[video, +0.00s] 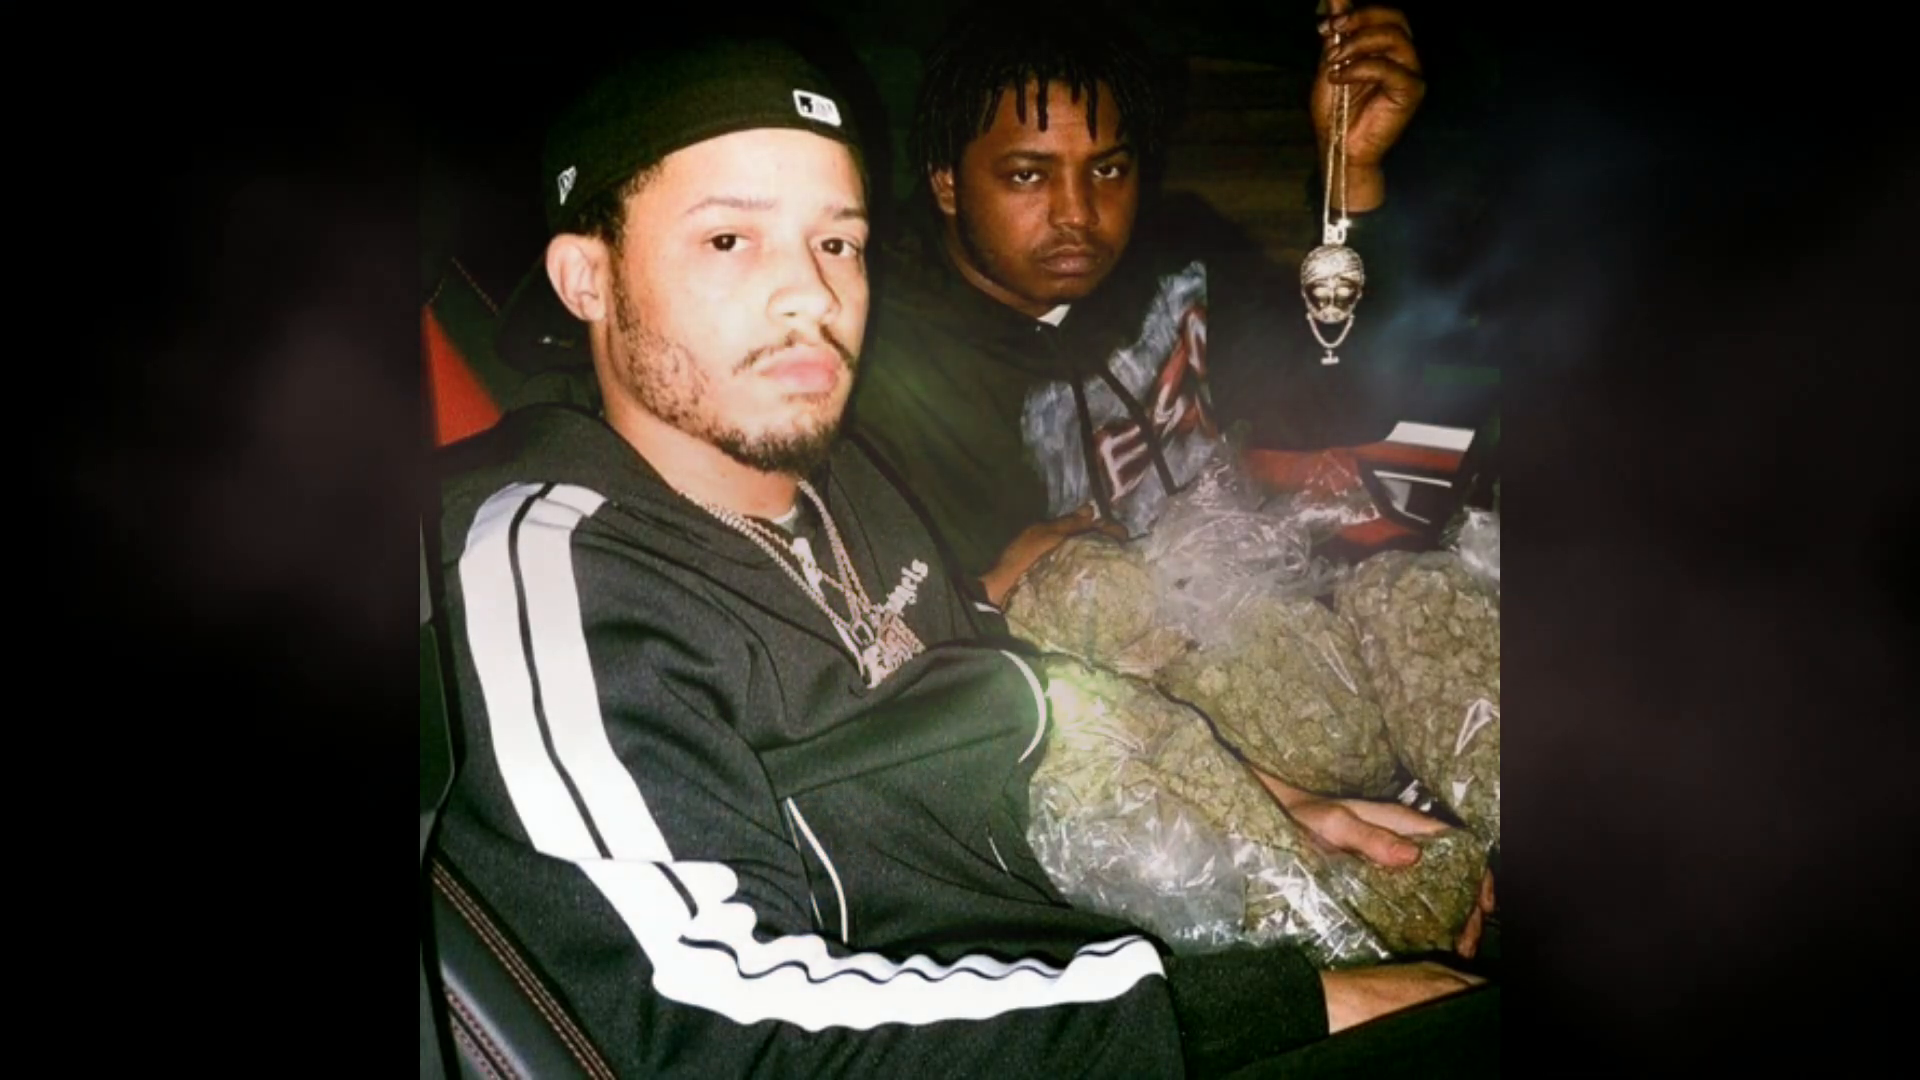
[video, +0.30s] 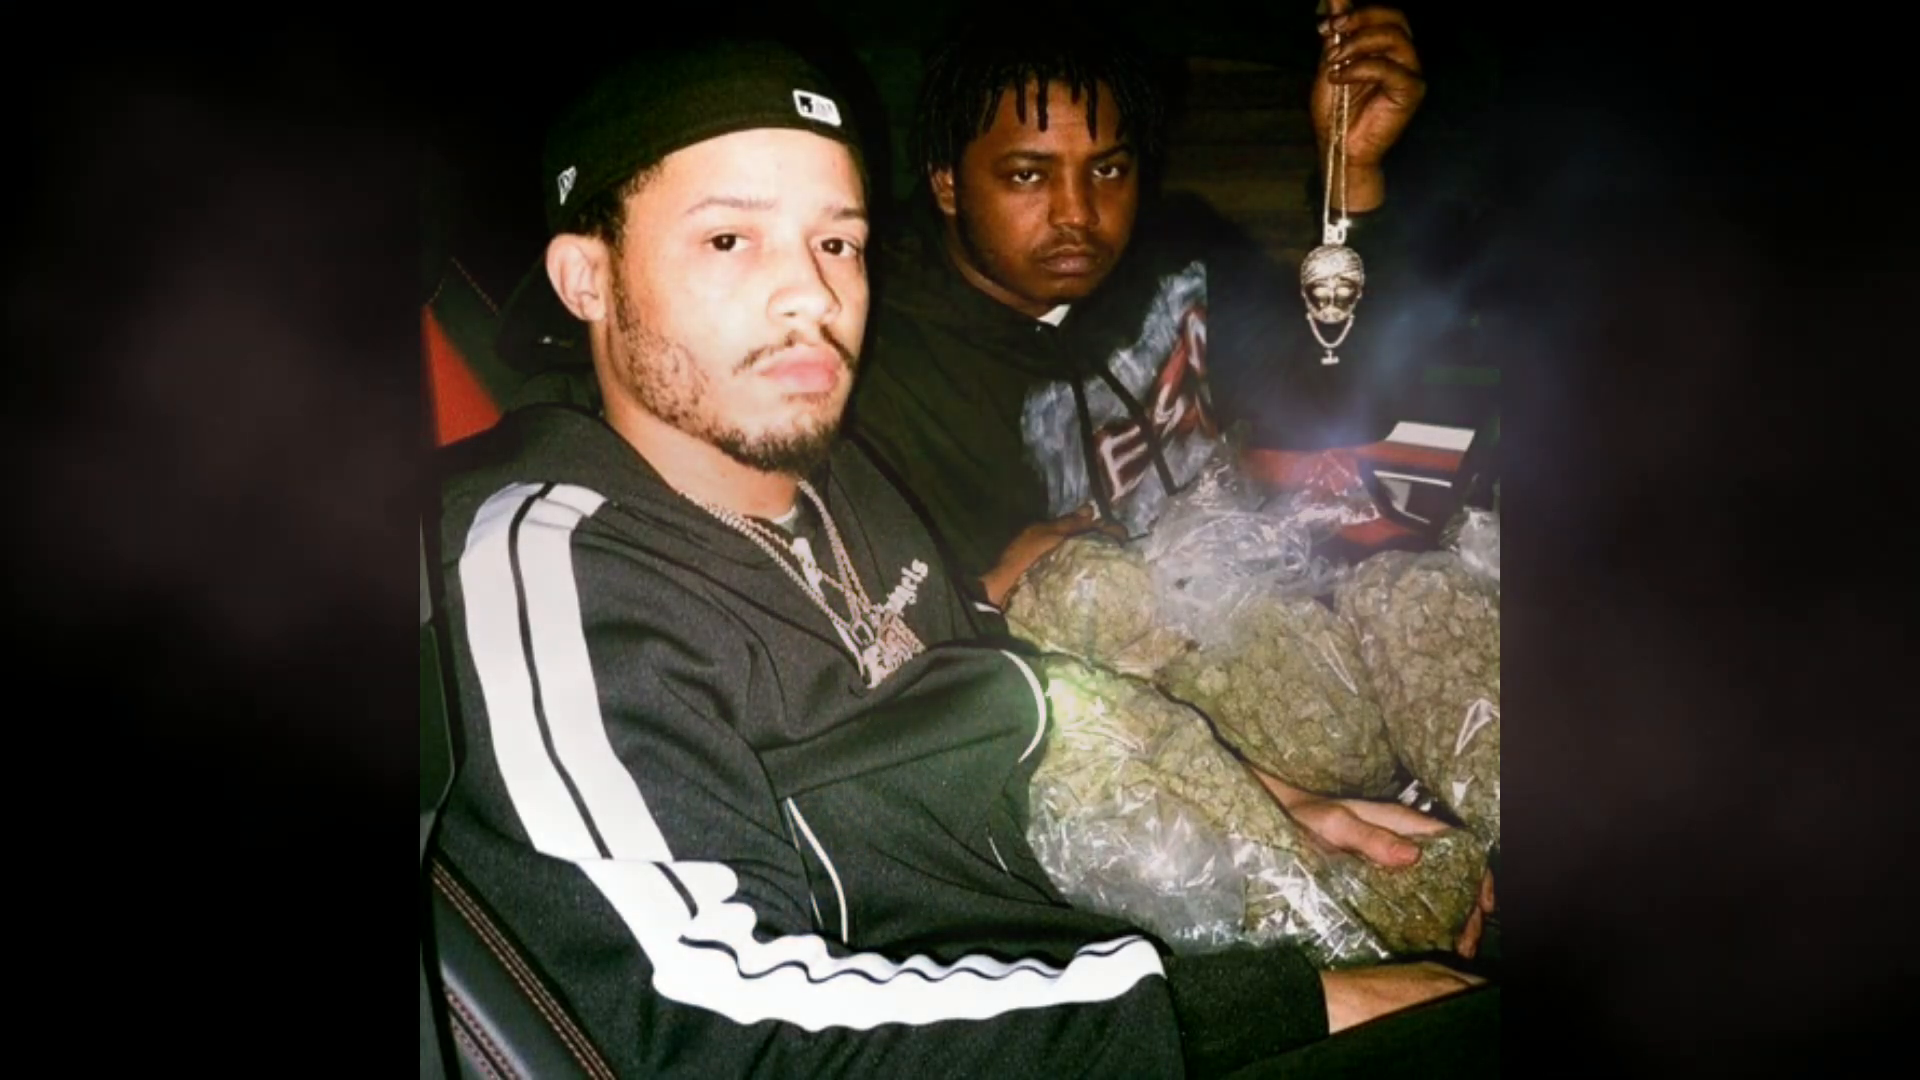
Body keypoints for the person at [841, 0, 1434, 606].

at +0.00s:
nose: (1077, 216)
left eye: (1108, 171)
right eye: (1029, 175)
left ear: (1141, 173)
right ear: (946, 187)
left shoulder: (1180, 252)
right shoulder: (901, 367)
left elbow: (1347, 412)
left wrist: (1352, 175)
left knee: (1423, 599)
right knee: (1074, 580)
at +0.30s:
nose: (1077, 216)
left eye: (1107, 171)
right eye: (1029, 176)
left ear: (1141, 172)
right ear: (946, 187)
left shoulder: (1179, 251)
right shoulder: (895, 373)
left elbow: (1336, 411)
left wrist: (1352, 172)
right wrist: (995, 588)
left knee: (1426, 597)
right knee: (1076, 582)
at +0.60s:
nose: (1077, 217)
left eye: (1108, 171)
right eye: (1029, 175)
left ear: (1140, 173)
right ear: (946, 187)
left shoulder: (1179, 254)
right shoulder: (898, 376)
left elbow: (1335, 410)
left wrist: (1353, 173)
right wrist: (995, 590)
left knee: (1427, 599)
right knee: (1075, 580)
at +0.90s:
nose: (1077, 217)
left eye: (1107, 171)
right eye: (1028, 176)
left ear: (1140, 173)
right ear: (946, 187)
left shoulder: (1179, 254)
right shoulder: (898, 368)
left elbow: (1343, 407)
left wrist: (1352, 171)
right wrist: (996, 587)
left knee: (1422, 597)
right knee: (1075, 579)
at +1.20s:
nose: (1077, 216)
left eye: (1107, 171)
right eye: (1028, 176)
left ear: (1140, 172)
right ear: (946, 187)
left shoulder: (1179, 251)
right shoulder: (894, 370)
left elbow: (1346, 409)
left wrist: (1352, 171)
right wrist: (993, 591)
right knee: (1076, 578)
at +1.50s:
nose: (1077, 217)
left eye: (1108, 171)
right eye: (1028, 176)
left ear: (1141, 172)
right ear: (946, 187)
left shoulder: (1180, 255)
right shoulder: (892, 373)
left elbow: (1345, 408)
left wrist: (1352, 171)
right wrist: (990, 594)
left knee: (1429, 604)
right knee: (1079, 581)